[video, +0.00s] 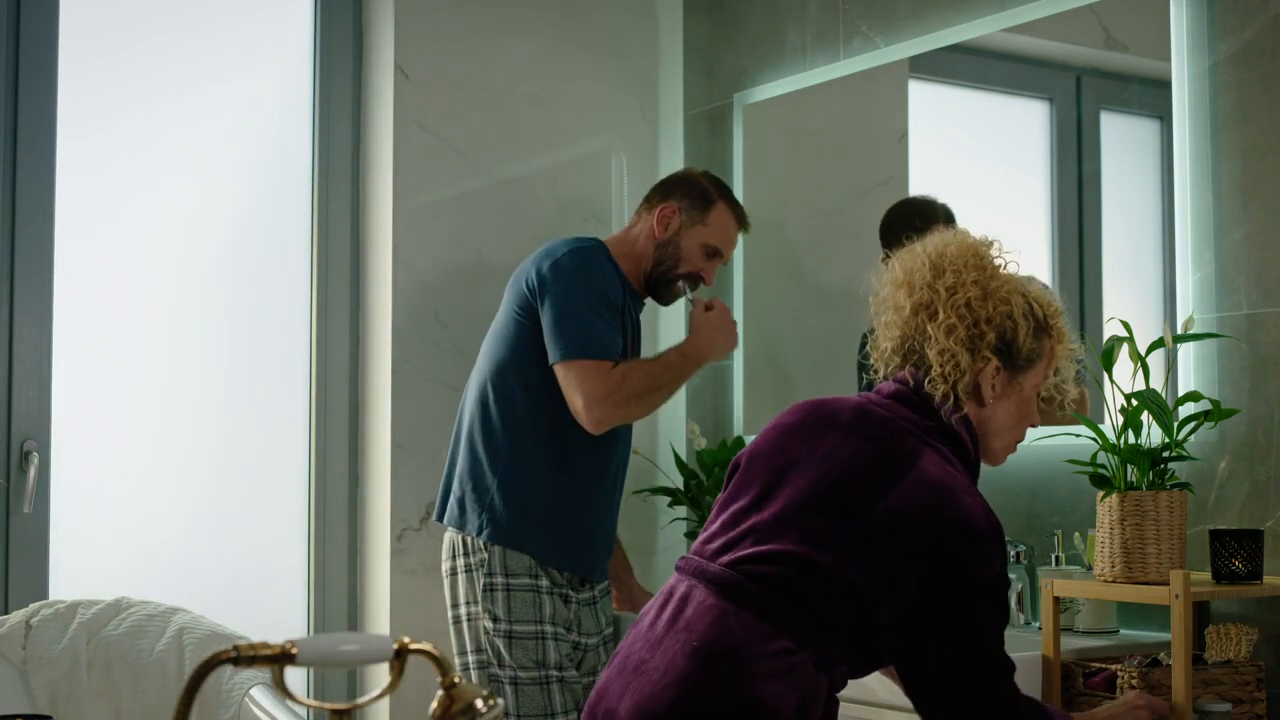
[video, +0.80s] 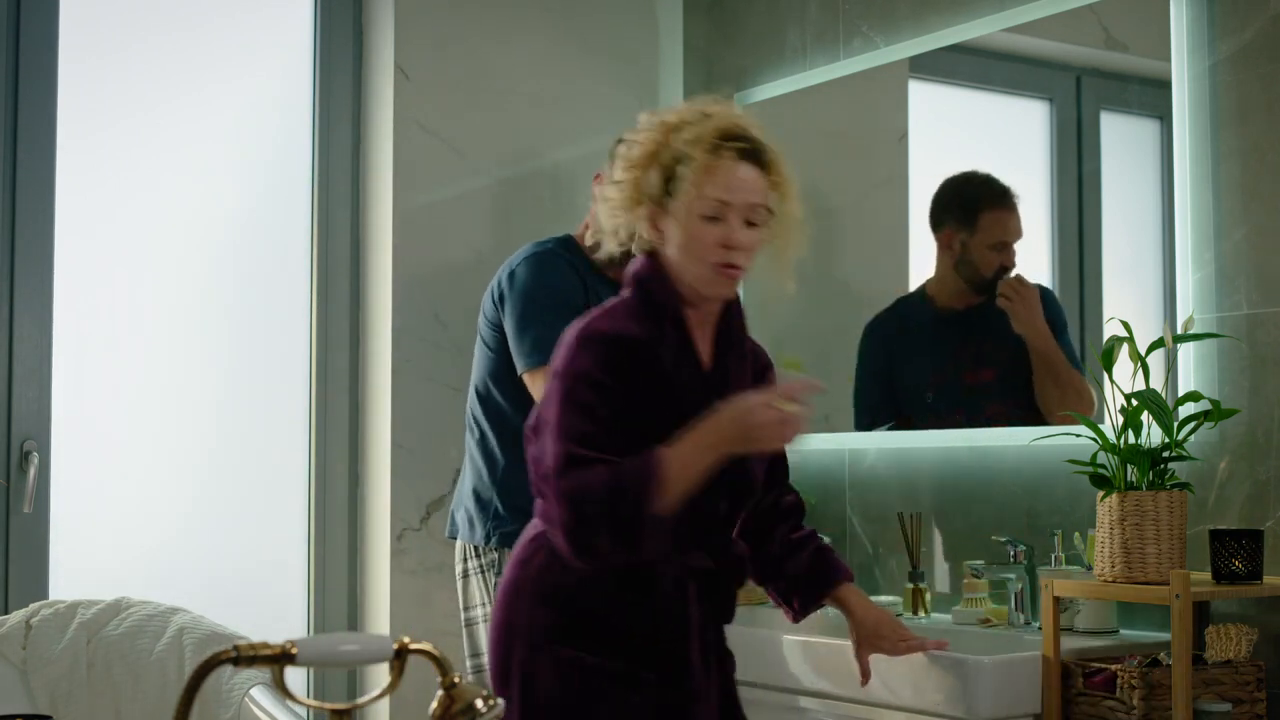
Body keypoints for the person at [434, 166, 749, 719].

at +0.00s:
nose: (709, 277)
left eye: (720, 263)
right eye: (710, 253)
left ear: (664, 222)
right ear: (665, 220)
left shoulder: (624, 310)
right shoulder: (577, 266)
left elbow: (578, 471)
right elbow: (598, 403)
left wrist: (629, 593)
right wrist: (699, 350)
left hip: (578, 568)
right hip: (511, 561)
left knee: (601, 710)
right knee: (537, 712)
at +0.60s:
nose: (673, 240)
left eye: (689, 231)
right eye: (663, 215)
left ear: (696, 234)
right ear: (622, 196)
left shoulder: (618, 301)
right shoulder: (557, 268)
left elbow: (596, 429)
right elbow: (581, 404)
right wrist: (674, 320)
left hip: (566, 549)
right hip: (512, 549)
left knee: (574, 705)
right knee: (528, 709)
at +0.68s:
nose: (658, 224)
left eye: (672, 210)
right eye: (648, 204)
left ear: (684, 216)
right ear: (613, 194)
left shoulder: (618, 299)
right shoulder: (549, 270)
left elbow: (616, 408)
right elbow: (577, 404)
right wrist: (669, 323)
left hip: (566, 543)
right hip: (509, 546)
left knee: (577, 701)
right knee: (520, 705)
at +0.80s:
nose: (644, 212)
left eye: (654, 196)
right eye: (634, 193)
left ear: (665, 208)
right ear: (601, 187)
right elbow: (572, 417)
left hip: (583, 528)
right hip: (506, 537)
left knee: (594, 695)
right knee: (518, 698)